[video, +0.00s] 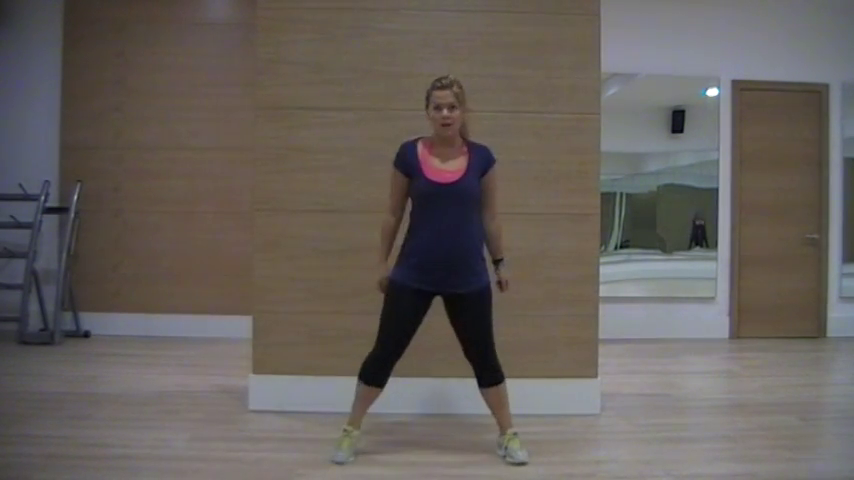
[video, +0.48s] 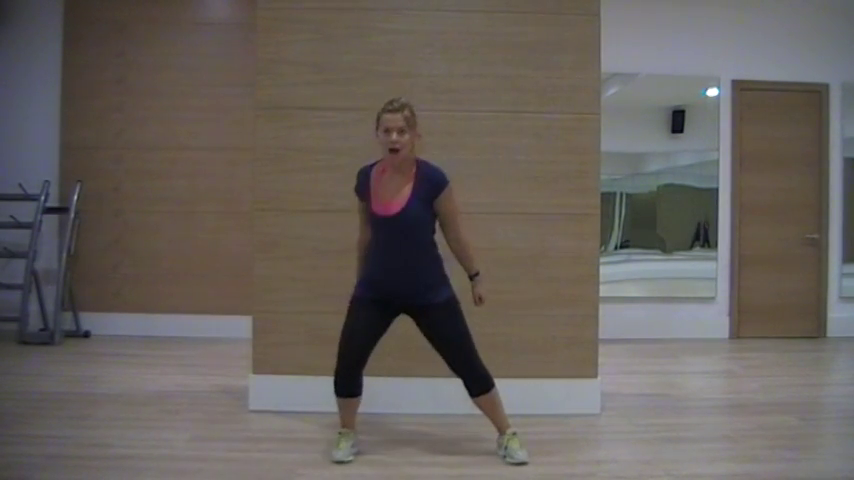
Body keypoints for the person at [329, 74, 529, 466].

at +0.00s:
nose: (445, 114)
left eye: (452, 107)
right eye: (437, 108)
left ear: (463, 111)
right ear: (427, 113)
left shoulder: (480, 157)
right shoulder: (410, 155)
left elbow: (490, 215)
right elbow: (394, 213)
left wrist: (500, 264)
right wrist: (383, 264)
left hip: (466, 272)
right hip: (415, 270)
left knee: (484, 356)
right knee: (385, 352)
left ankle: (508, 434)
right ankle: (351, 430)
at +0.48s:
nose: (393, 138)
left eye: (400, 131)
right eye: (386, 131)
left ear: (414, 135)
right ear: (377, 136)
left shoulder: (431, 178)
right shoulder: (367, 177)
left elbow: (453, 233)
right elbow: (365, 235)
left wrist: (475, 275)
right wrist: (360, 285)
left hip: (427, 289)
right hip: (377, 289)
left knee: (467, 364)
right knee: (347, 363)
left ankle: (506, 434)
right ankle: (346, 433)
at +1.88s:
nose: (488, 266)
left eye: (495, 257)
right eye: (480, 257)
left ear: (503, 253)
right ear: (464, 253)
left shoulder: (507, 268)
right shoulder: (436, 261)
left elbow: (487, 282)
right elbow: (392, 268)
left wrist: (482, 301)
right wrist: (367, 295)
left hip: (452, 309)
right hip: (402, 301)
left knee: (492, 361)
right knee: (377, 365)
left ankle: (509, 435)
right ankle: (349, 434)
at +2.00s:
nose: (495, 255)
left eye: (502, 247)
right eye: (487, 247)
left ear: (509, 244)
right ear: (470, 242)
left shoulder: (512, 257)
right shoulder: (442, 251)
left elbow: (489, 270)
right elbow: (398, 260)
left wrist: (485, 288)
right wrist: (370, 287)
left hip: (453, 302)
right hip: (403, 295)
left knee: (491, 361)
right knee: (380, 364)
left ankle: (509, 435)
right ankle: (350, 434)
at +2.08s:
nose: (500, 246)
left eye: (507, 237)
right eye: (492, 238)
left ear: (513, 235)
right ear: (474, 233)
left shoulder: (514, 251)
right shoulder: (446, 244)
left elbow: (491, 264)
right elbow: (402, 254)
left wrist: (485, 284)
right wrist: (372, 283)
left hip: (454, 298)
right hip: (405, 293)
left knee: (491, 361)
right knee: (381, 364)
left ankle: (509, 436)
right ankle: (350, 434)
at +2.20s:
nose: (508, 231)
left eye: (515, 223)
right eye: (500, 223)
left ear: (522, 222)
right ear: (483, 220)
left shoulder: (519, 240)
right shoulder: (453, 234)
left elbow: (493, 257)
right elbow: (406, 249)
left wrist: (484, 279)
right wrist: (376, 279)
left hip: (456, 293)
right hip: (407, 289)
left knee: (491, 359)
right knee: (382, 363)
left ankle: (508, 436)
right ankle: (349, 434)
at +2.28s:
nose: (513, 221)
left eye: (520, 214)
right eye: (505, 213)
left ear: (528, 213)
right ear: (488, 210)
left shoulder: (522, 234)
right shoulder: (457, 228)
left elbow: (482, 257)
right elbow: (409, 246)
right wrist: (380, 277)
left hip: (459, 290)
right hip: (409, 287)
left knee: (492, 357)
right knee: (384, 362)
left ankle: (508, 436)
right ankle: (350, 434)